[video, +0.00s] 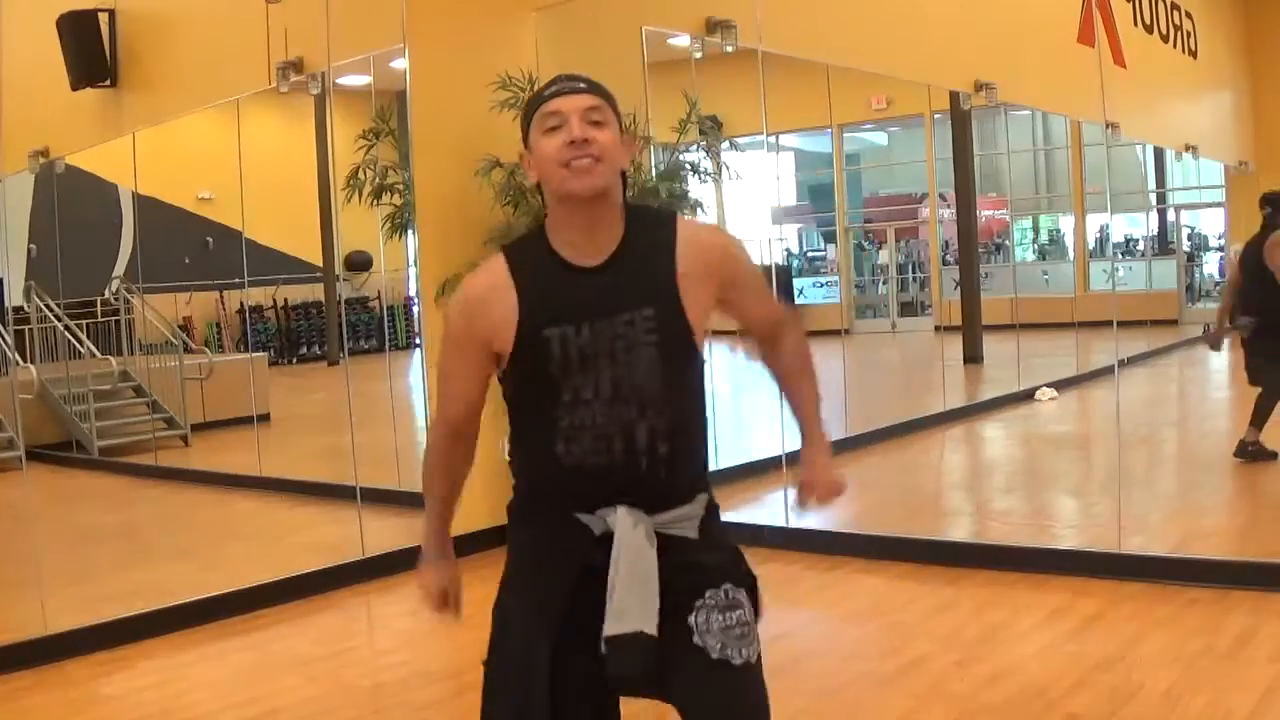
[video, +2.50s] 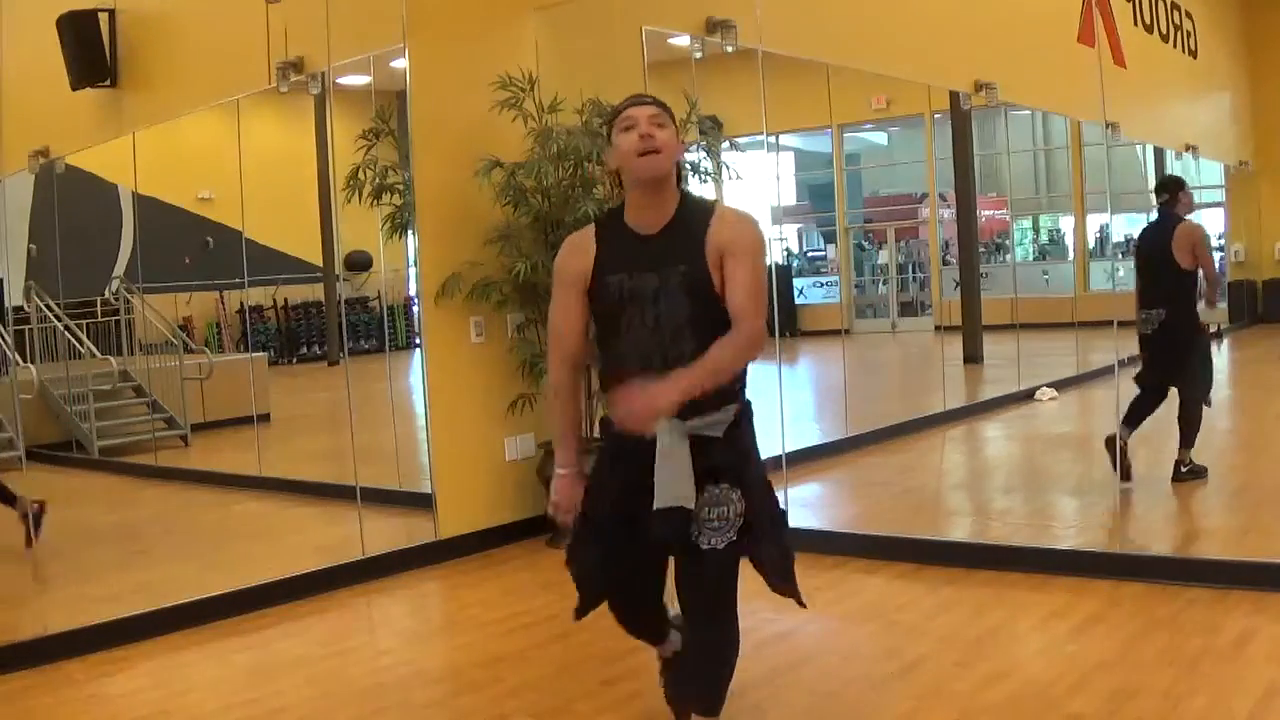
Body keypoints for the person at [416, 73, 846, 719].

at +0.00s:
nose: (578, 134)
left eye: (596, 121)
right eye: (554, 127)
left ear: (628, 151)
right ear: (530, 164)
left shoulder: (702, 253)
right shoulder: (488, 294)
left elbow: (778, 332)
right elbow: (452, 429)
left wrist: (815, 444)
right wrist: (436, 543)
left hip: (686, 550)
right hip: (556, 560)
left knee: (737, 708)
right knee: (535, 708)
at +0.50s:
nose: (599, 130)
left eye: (615, 122)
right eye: (582, 124)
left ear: (640, 150)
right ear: (561, 157)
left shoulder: (687, 247)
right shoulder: (523, 261)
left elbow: (675, 378)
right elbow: (488, 373)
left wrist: (607, 467)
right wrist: (500, 457)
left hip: (659, 488)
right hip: (560, 482)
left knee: (646, 681)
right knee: (494, 663)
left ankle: (639, 717)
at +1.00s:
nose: (640, 140)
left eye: (651, 132)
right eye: (624, 132)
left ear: (669, 153)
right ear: (598, 156)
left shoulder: (708, 237)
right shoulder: (561, 239)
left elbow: (777, 283)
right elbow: (537, 343)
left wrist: (803, 317)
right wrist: (559, 429)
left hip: (667, 443)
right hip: (592, 442)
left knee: (646, 595)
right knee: (623, 573)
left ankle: (632, 714)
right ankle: (704, 644)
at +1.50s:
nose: (638, 161)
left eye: (648, 150)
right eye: (623, 158)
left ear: (672, 163)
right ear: (613, 182)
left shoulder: (712, 226)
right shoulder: (612, 248)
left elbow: (657, 273)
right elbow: (615, 338)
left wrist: (543, 275)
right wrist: (626, 410)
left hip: (717, 410)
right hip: (658, 412)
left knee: (685, 551)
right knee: (691, 544)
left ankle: (655, 697)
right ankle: (731, 663)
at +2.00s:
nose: (597, 162)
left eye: (610, 150)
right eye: (589, 158)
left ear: (647, 162)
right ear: (590, 182)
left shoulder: (683, 228)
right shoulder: (619, 248)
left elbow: (757, 310)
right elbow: (651, 334)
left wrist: (807, 392)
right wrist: (645, 406)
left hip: (715, 408)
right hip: (664, 411)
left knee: (683, 544)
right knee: (690, 536)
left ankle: (693, 698)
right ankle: (726, 662)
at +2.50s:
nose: (646, 133)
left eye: (658, 124)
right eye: (629, 129)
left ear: (681, 147)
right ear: (611, 159)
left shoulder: (731, 232)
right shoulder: (581, 250)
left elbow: (750, 334)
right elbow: (565, 362)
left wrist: (670, 390)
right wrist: (566, 465)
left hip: (714, 439)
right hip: (628, 442)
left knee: (707, 599)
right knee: (625, 589)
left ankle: (698, 707)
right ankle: (670, 641)